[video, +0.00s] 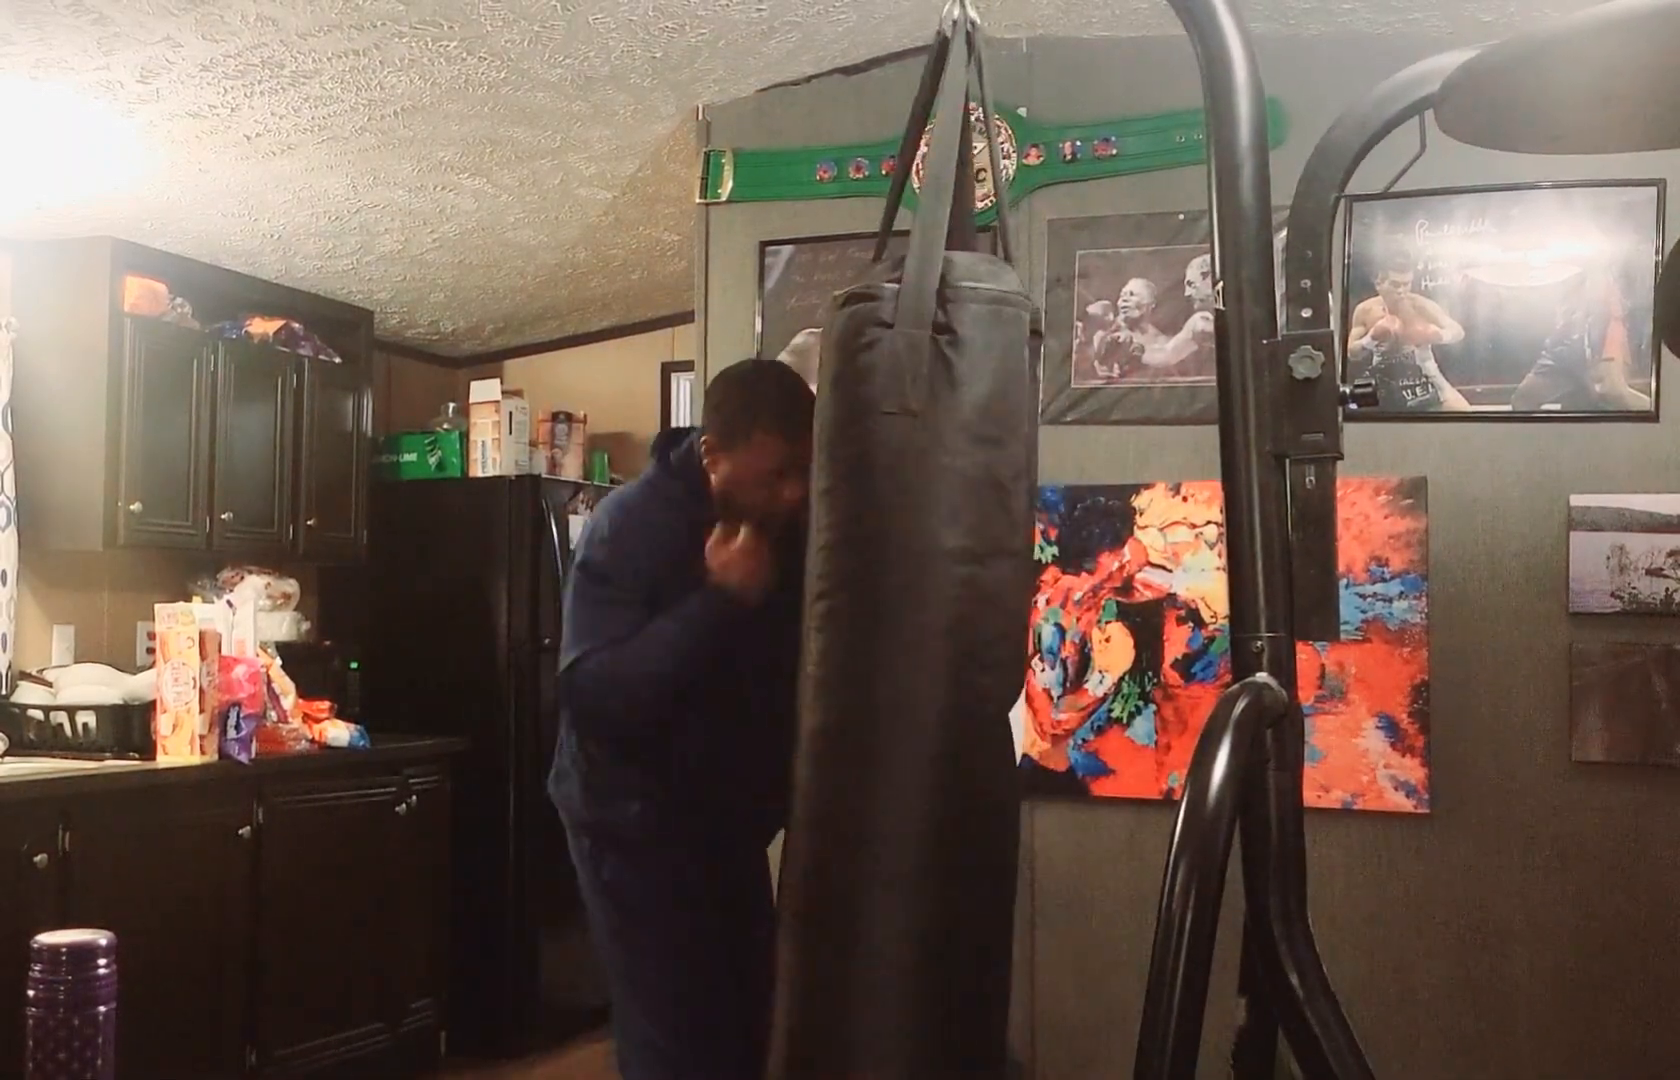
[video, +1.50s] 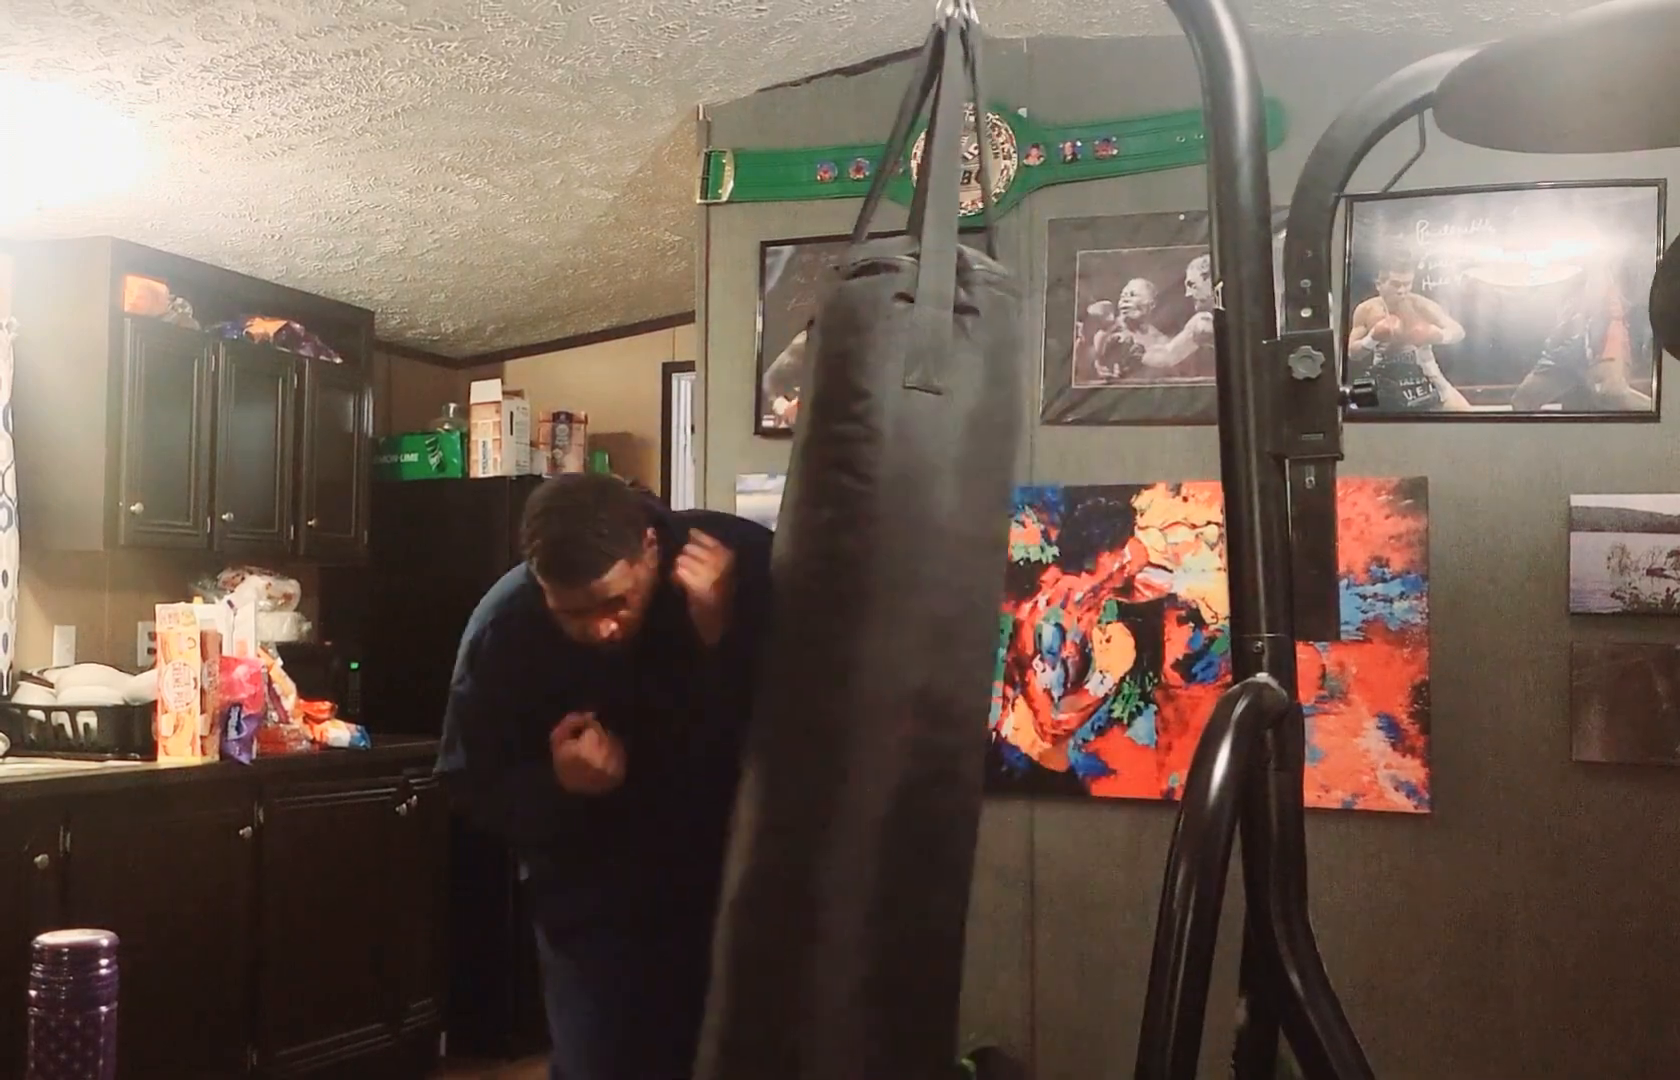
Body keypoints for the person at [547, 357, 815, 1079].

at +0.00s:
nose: (799, 494)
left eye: (806, 473)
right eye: (783, 474)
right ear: (714, 459)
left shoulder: (783, 530)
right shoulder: (632, 528)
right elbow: (596, 694)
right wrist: (720, 597)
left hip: (726, 811)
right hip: (632, 818)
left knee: (744, 1022)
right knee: (671, 1036)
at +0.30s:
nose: (831, 463)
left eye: (837, 442)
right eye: (814, 445)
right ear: (748, 426)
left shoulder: (792, 501)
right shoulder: (686, 504)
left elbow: (833, 628)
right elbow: (659, 679)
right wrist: (811, 671)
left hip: (718, 811)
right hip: (642, 816)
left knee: (723, 1039)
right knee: (675, 1045)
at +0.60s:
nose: (792, 451)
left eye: (803, 429)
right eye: (772, 432)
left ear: (815, 414)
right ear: (709, 418)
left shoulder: (785, 502)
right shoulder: (643, 504)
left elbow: (834, 651)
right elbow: (624, 682)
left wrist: (855, 610)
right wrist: (781, 692)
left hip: (721, 816)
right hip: (634, 821)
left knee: (723, 1043)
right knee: (675, 1049)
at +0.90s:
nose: (772, 449)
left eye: (781, 426)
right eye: (751, 433)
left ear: (792, 404)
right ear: (686, 412)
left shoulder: (795, 472)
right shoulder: (612, 498)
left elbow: (906, 532)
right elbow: (571, 676)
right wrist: (727, 684)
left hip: (728, 811)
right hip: (629, 817)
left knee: (722, 1040)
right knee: (650, 1046)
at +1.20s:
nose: (729, 574)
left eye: (744, 556)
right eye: (708, 560)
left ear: (766, 512)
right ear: (664, 519)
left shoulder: (811, 541)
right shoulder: (599, 559)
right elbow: (536, 728)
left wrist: (827, 698)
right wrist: (667, 714)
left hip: (725, 824)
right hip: (607, 836)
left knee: (757, 1041)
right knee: (640, 1044)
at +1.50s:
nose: (597, 630)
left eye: (615, 606)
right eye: (573, 615)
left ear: (651, 550)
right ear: (541, 583)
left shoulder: (746, 568)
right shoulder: (504, 630)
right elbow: (468, 783)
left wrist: (722, 632)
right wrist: (556, 781)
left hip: (720, 873)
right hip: (586, 892)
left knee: (715, 1055)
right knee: (596, 1060)